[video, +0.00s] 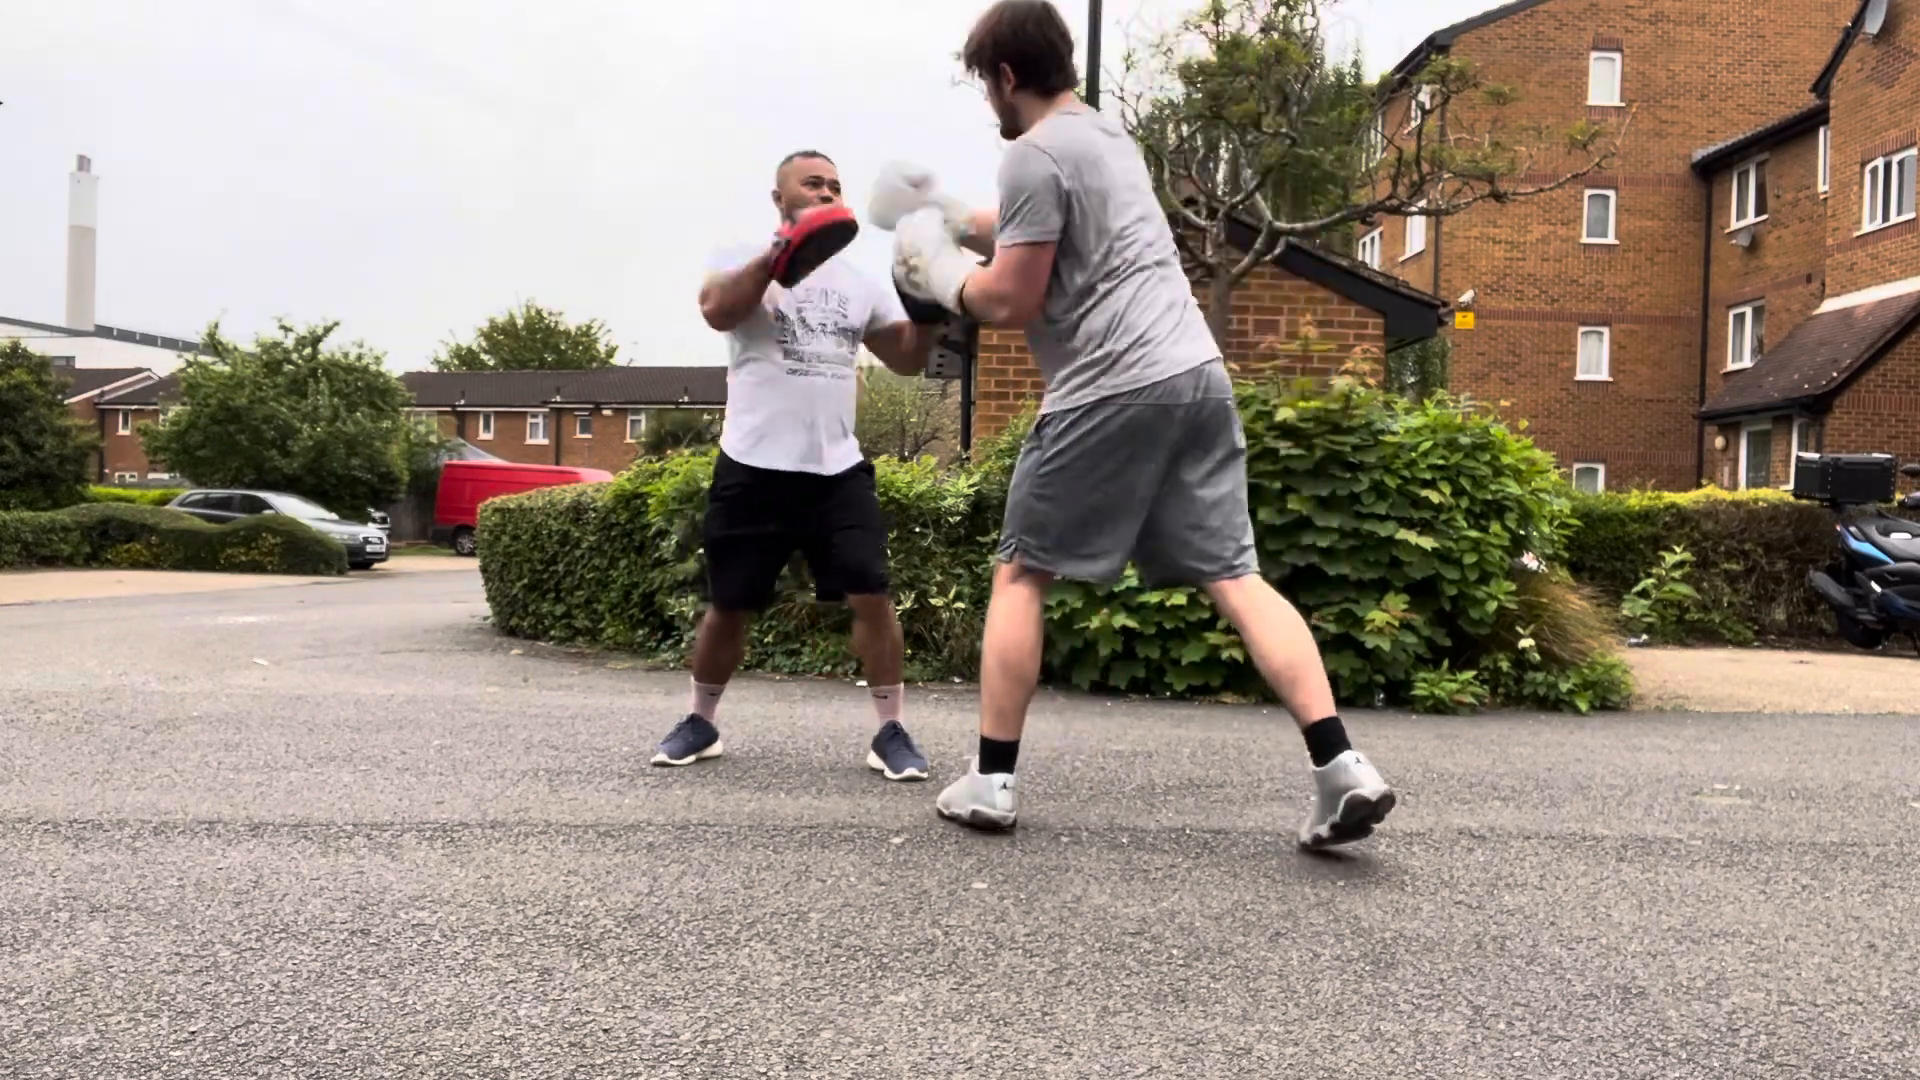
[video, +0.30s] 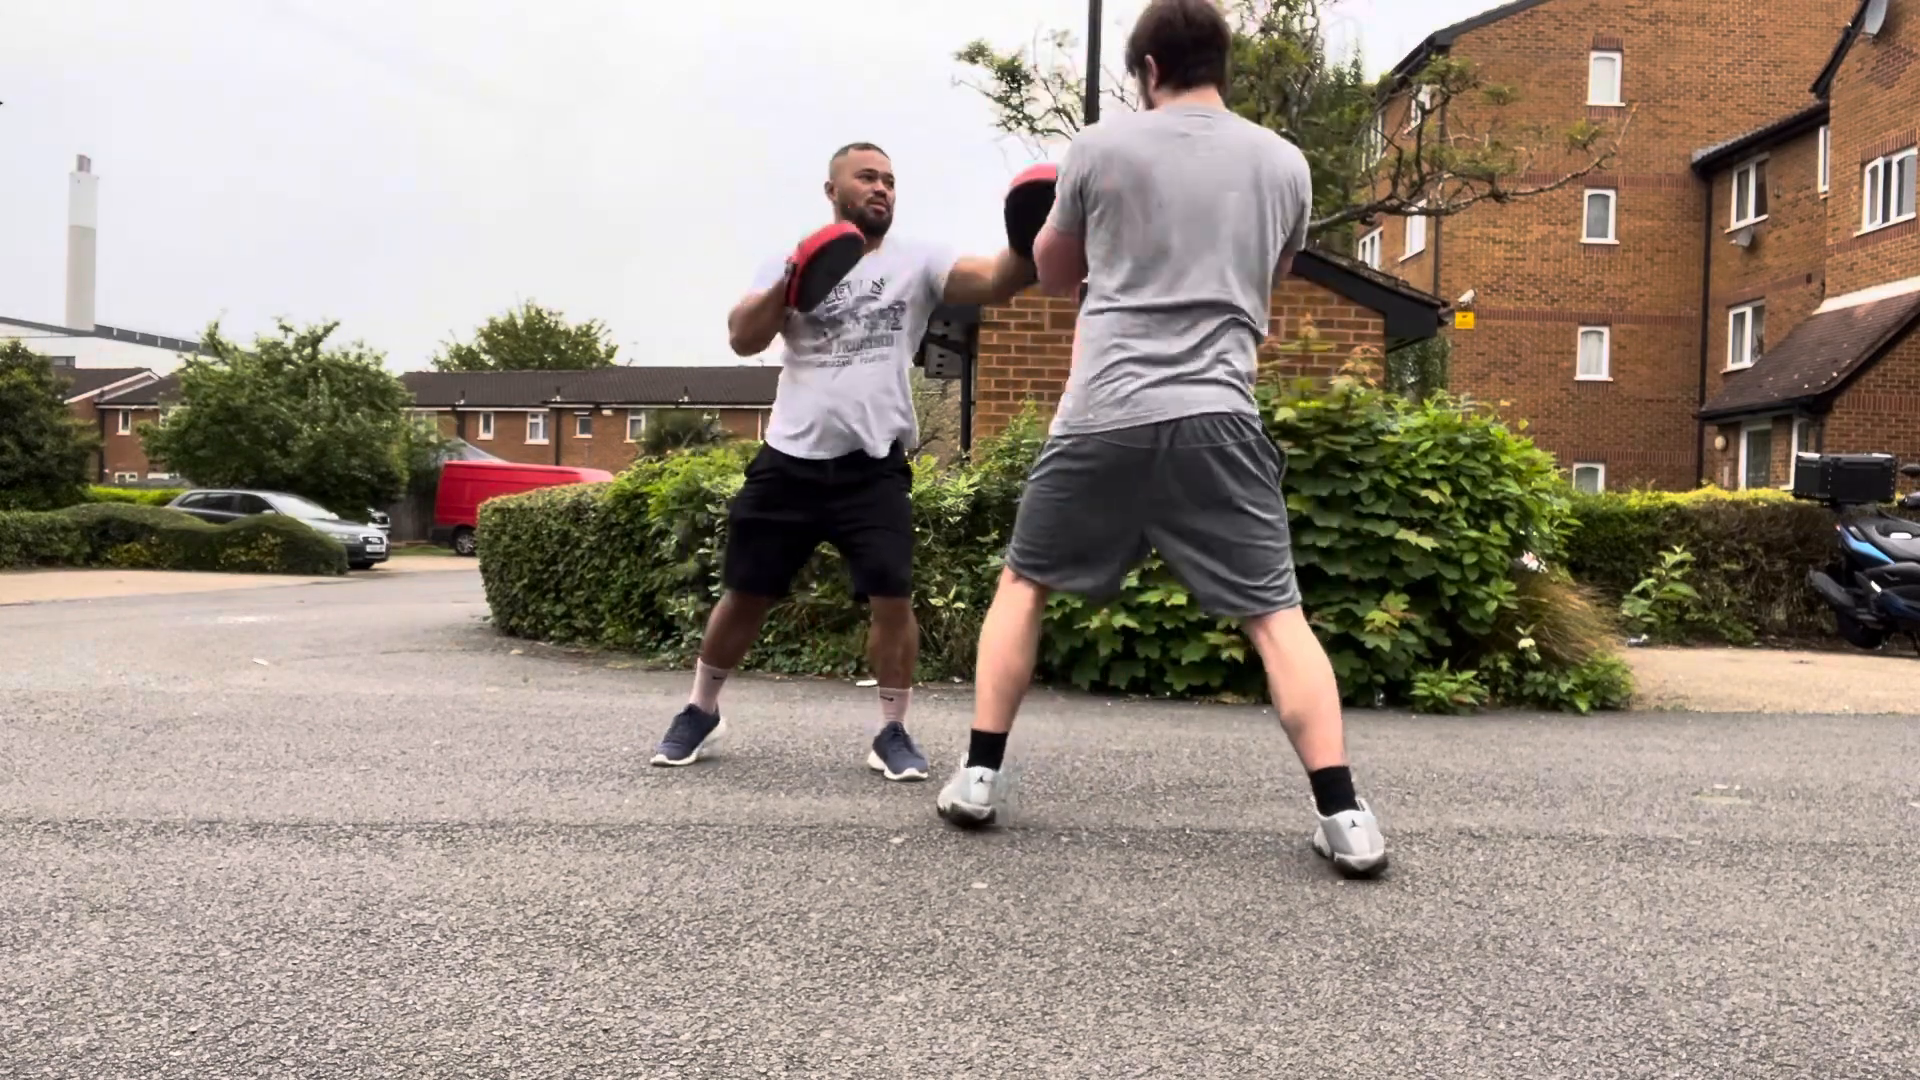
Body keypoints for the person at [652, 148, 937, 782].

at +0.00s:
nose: (828, 194)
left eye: (834, 187)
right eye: (813, 184)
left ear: (843, 201)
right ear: (778, 198)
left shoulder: (858, 278)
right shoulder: (743, 261)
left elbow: (907, 358)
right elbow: (719, 314)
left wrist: (926, 297)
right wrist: (780, 254)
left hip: (838, 464)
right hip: (753, 461)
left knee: (871, 592)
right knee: (727, 603)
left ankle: (890, 729)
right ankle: (700, 721)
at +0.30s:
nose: (882, 189)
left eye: (889, 181)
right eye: (867, 177)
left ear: (896, 196)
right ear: (830, 190)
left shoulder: (917, 259)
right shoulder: (797, 263)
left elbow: (997, 280)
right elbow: (743, 337)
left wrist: (1037, 230)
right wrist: (794, 282)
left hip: (877, 464)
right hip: (790, 460)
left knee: (893, 596)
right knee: (746, 592)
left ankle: (893, 730)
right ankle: (699, 709)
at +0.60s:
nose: (909, 209)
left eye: (917, 201)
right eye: (898, 198)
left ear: (921, 214)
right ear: (866, 202)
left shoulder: (915, 290)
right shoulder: (820, 255)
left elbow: (929, 383)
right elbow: (823, 276)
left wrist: (975, 351)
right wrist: (866, 203)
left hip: (880, 465)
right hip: (798, 453)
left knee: (893, 593)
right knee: (764, 597)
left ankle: (892, 730)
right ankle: (736, 712)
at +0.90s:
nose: (842, 203)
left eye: (852, 196)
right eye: (829, 191)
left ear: (861, 210)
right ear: (797, 200)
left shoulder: (885, 284)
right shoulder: (755, 277)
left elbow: (940, 347)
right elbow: (716, 367)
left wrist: (995, 348)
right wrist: (753, 310)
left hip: (851, 468)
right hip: (768, 466)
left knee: (874, 592)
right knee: (750, 599)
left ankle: (891, 730)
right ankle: (736, 719)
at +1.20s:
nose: (806, 205)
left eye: (814, 197)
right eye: (792, 195)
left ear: (824, 208)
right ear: (759, 205)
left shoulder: (853, 270)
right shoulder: (735, 275)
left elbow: (923, 321)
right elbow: (693, 360)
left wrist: (938, 287)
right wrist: (731, 297)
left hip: (834, 461)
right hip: (751, 465)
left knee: (862, 591)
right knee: (744, 599)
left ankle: (891, 729)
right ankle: (735, 720)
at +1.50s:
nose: (798, 209)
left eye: (806, 199)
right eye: (784, 199)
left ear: (817, 212)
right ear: (754, 209)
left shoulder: (839, 276)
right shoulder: (729, 274)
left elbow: (901, 326)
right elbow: (707, 317)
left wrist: (890, 255)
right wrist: (734, 241)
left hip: (829, 466)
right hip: (747, 467)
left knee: (857, 596)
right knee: (740, 603)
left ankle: (892, 728)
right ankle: (737, 720)